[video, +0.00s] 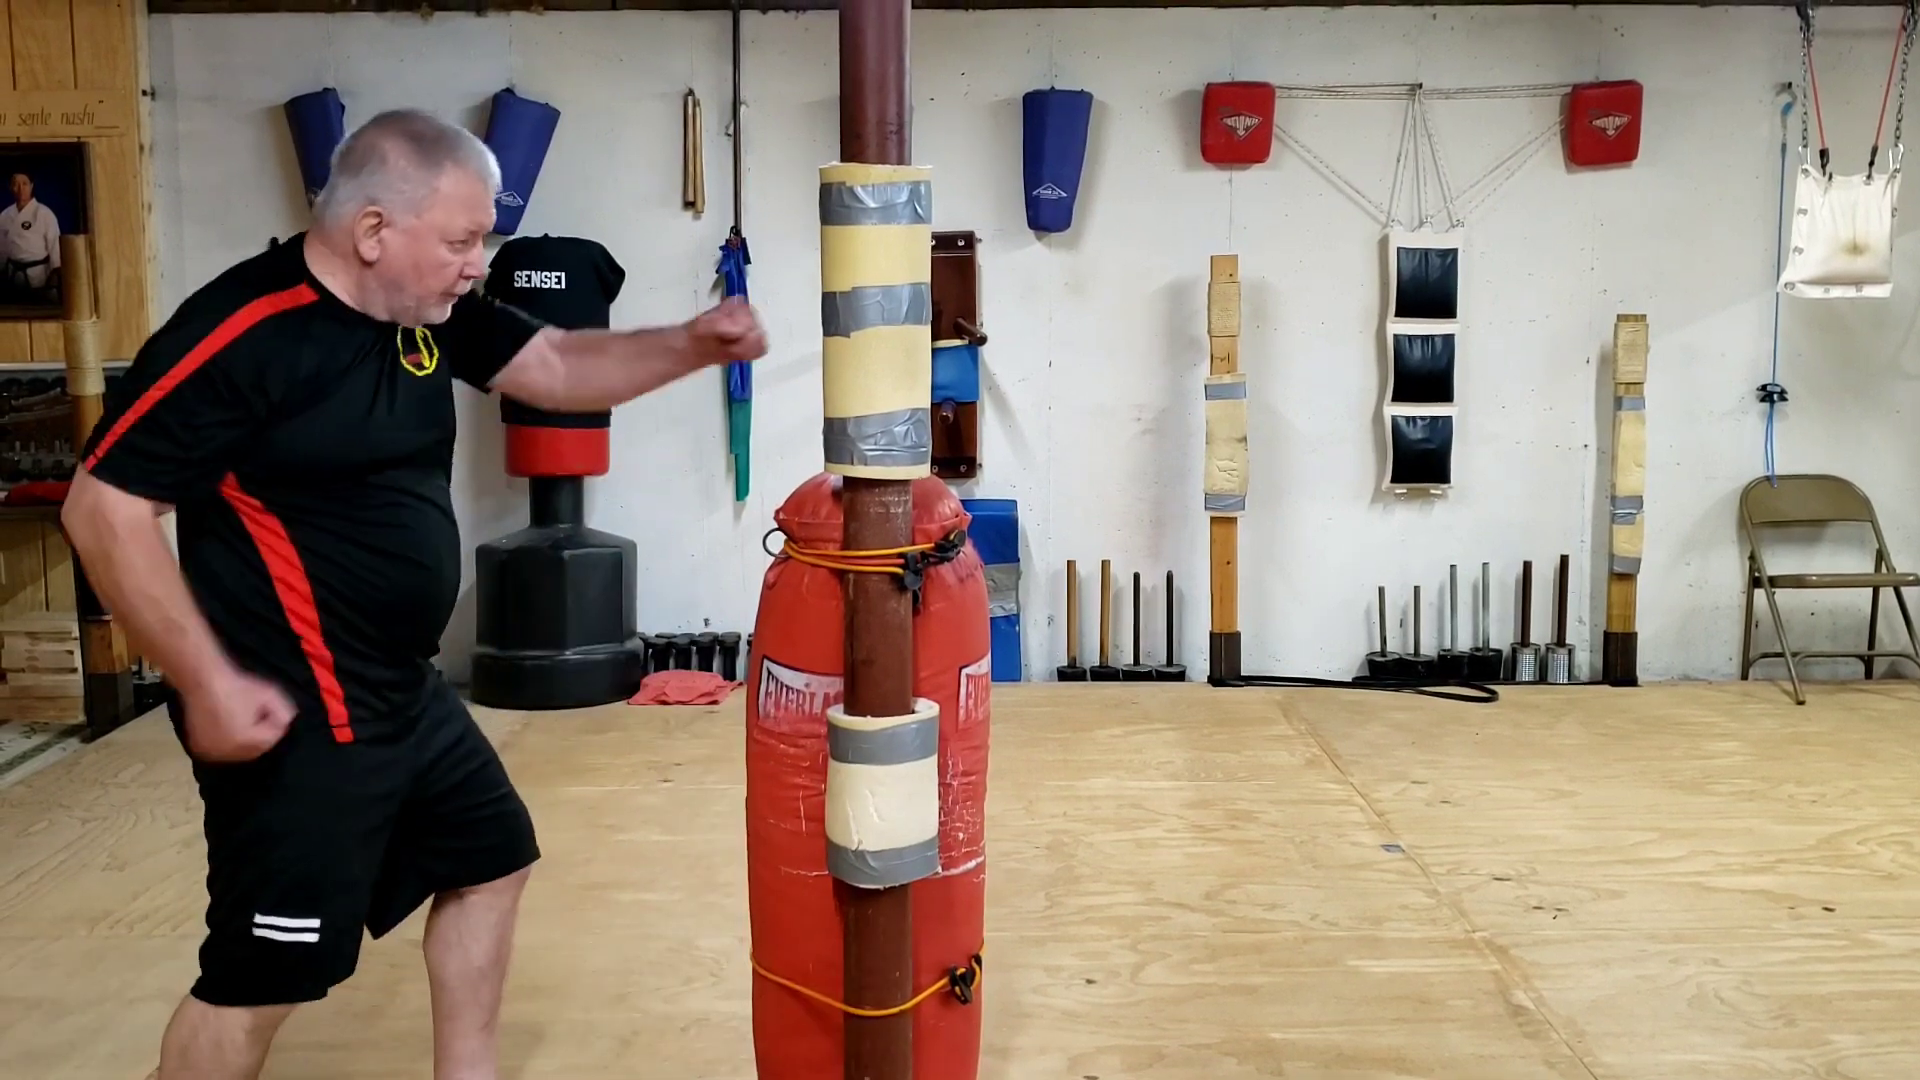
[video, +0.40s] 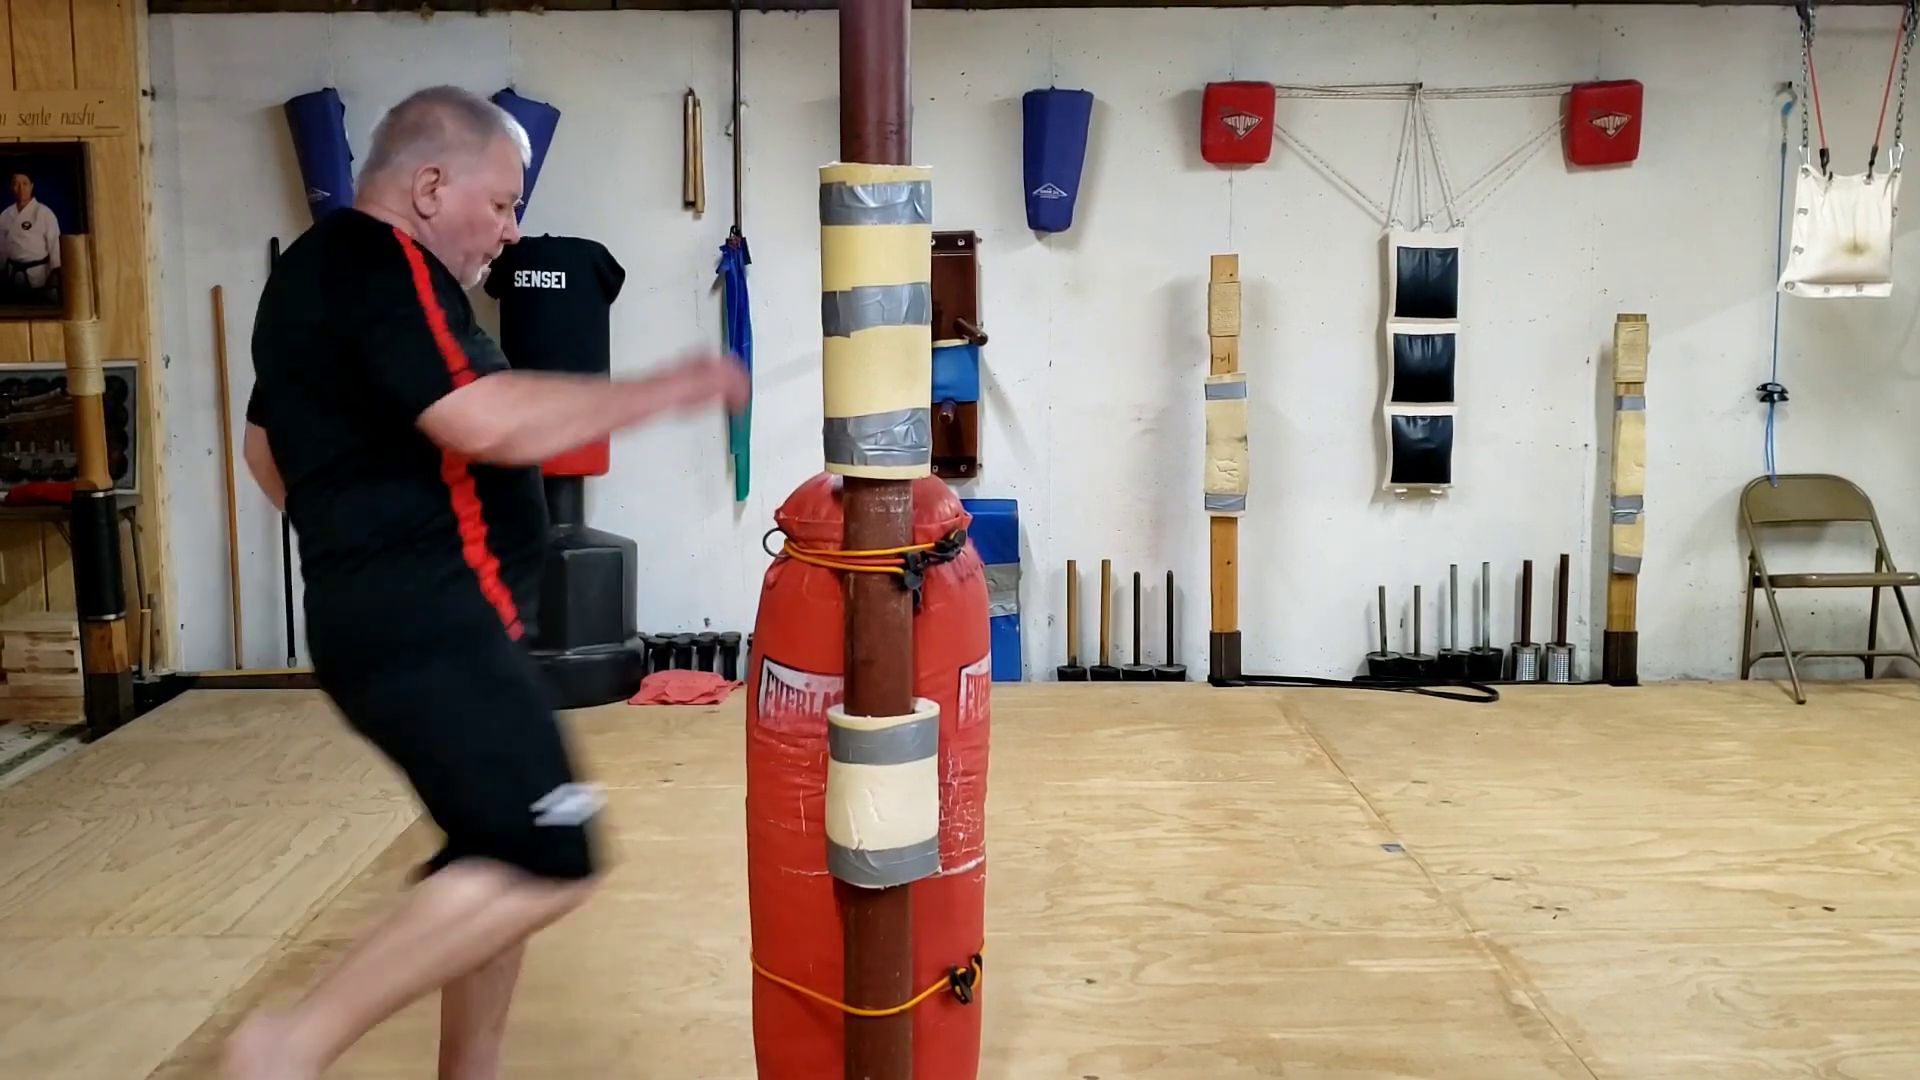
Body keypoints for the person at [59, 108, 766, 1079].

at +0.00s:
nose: (478, 268)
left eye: (482, 244)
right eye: (461, 243)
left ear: (383, 235)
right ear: (373, 234)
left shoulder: (421, 311)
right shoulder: (242, 323)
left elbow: (553, 367)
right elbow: (104, 503)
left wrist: (691, 345)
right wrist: (203, 679)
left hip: (404, 695)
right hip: (286, 719)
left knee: (490, 860)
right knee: (258, 971)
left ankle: (466, 1074)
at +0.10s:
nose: (494, 259)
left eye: (498, 235)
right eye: (480, 234)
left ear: (405, 226)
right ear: (396, 220)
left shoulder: (415, 315)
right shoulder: (274, 305)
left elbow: (472, 452)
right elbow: (182, 500)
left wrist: (563, 432)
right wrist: (388, 556)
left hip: (400, 668)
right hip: (279, 681)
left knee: (488, 851)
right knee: (248, 949)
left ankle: (465, 1072)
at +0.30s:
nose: (516, 252)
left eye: (518, 231)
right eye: (504, 227)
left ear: (430, 211)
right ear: (430, 208)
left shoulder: (412, 286)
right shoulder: (359, 283)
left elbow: (544, 370)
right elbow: (553, 379)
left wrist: (686, 313)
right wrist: (702, 306)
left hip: (455, 663)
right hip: (356, 676)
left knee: (517, 869)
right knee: (326, 945)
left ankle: (470, 1073)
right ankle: (198, 1070)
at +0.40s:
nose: (511, 232)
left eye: (514, 209)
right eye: (504, 204)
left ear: (415, 184)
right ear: (430, 181)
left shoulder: (304, 270)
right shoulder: (385, 265)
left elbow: (269, 450)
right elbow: (479, 415)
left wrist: (371, 528)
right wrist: (661, 390)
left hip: (374, 613)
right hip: (427, 612)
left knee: (503, 850)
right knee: (552, 854)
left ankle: (469, 1070)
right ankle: (284, 1048)